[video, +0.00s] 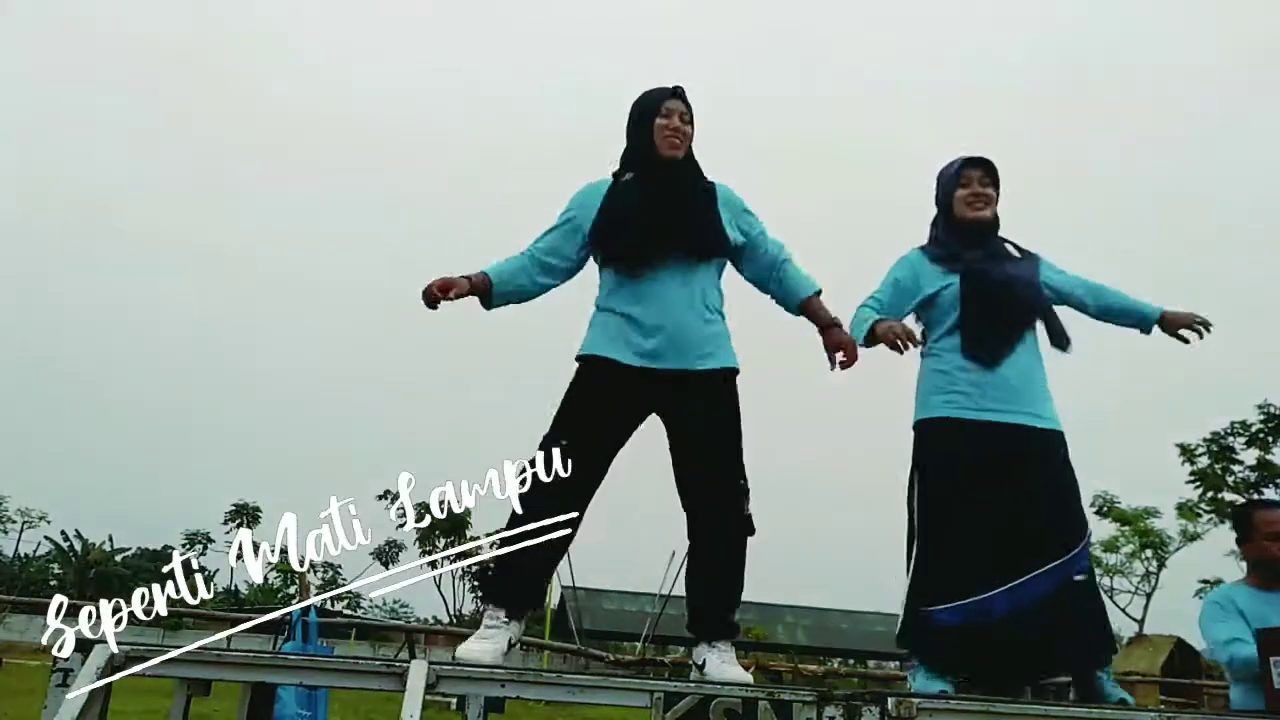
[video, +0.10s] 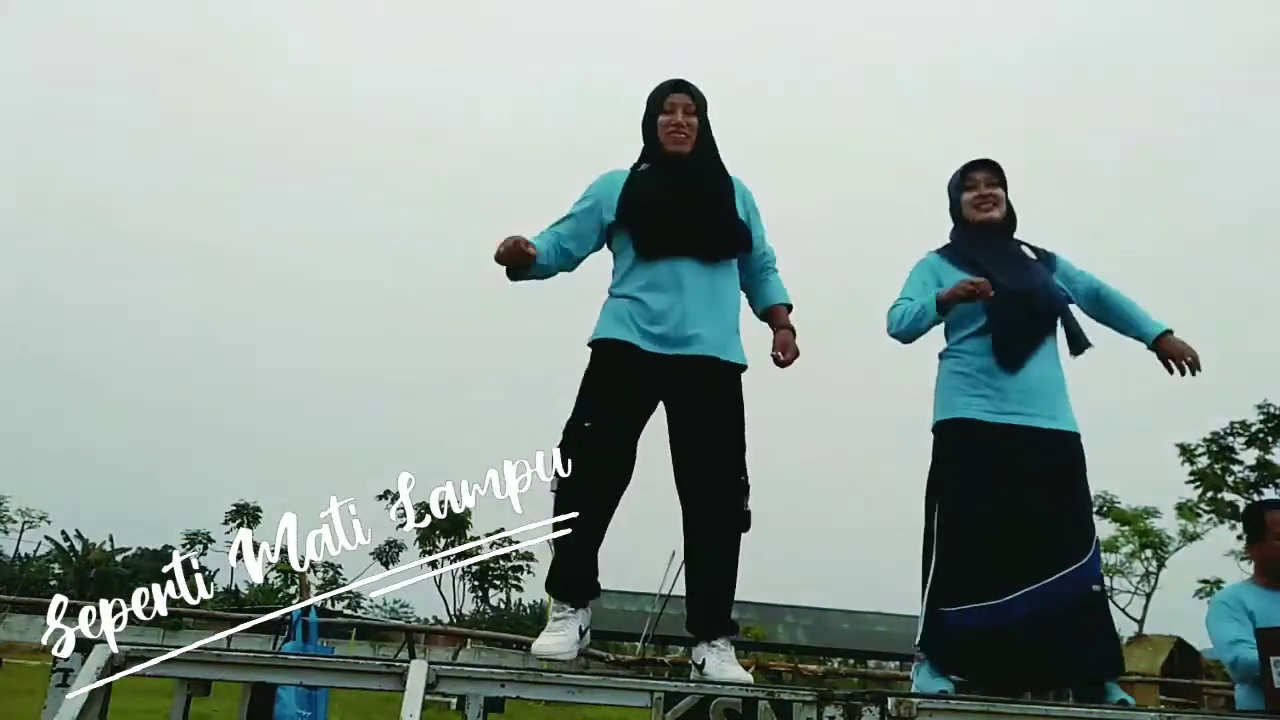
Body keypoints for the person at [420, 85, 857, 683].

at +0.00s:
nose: (675, 126)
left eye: (684, 119)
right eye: (663, 117)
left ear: (694, 133)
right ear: (639, 128)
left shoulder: (720, 202)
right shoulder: (604, 197)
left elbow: (772, 264)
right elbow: (545, 260)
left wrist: (826, 321)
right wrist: (472, 283)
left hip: (703, 369)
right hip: (615, 363)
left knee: (720, 507)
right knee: (555, 486)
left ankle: (715, 644)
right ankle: (502, 617)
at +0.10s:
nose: (678, 120)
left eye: (688, 113)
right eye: (668, 112)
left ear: (704, 125)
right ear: (650, 122)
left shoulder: (734, 194)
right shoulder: (619, 187)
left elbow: (760, 266)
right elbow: (565, 243)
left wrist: (780, 319)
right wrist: (527, 255)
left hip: (710, 355)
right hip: (627, 346)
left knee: (717, 495)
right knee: (590, 477)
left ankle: (714, 641)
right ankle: (568, 612)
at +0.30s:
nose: (670, 140)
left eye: (683, 133)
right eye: (662, 132)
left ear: (705, 143)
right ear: (650, 141)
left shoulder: (727, 210)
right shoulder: (622, 189)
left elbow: (751, 284)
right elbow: (619, 235)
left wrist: (760, 316)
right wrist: (721, 230)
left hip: (720, 368)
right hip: (640, 368)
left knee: (727, 504)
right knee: (640, 502)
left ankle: (713, 640)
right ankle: (659, 634)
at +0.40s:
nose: (657, 128)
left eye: (669, 120)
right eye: (650, 120)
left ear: (694, 129)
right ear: (638, 129)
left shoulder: (722, 199)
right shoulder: (614, 177)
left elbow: (750, 263)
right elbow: (645, 206)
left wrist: (768, 294)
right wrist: (727, 219)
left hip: (712, 356)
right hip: (629, 354)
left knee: (727, 494)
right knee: (608, 484)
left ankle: (718, 631)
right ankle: (649, 613)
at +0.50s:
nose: (651, 115)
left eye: (663, 106)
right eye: (642, 107)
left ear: (688, 114)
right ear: (632, 118)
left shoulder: (724, 182)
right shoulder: (612, 166)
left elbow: (757, 244)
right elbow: (586, 189)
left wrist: (766, 277)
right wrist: (680, 192)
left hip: (703, 336)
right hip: (619, 332)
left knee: (712, 481)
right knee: (575, 455)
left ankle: (719, 628)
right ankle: (605, 596)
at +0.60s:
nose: (643, 115)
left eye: (655, 106)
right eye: (635, 107)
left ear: (680, 117)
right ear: (625, 119)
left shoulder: (711, 189)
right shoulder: (600, 174)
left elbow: (739, 255)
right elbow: (507, 193)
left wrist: (745, 288)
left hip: (686, 346)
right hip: (599, 338)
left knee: (694, 491)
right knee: (540, 461)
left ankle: (709, 639)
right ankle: (529, 605)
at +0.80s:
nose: (600, 121)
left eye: (612, 114)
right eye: (591, 113)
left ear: (633, 127)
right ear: (578, 125)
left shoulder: (651, 199)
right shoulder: (543, 181)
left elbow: (673, 271)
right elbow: (465, 233)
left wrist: (685, 307)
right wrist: (474, 210)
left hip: (630, 354)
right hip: (541, 350)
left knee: (667, 491)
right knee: (497, 482)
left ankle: (702, 637)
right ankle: (478, 626)